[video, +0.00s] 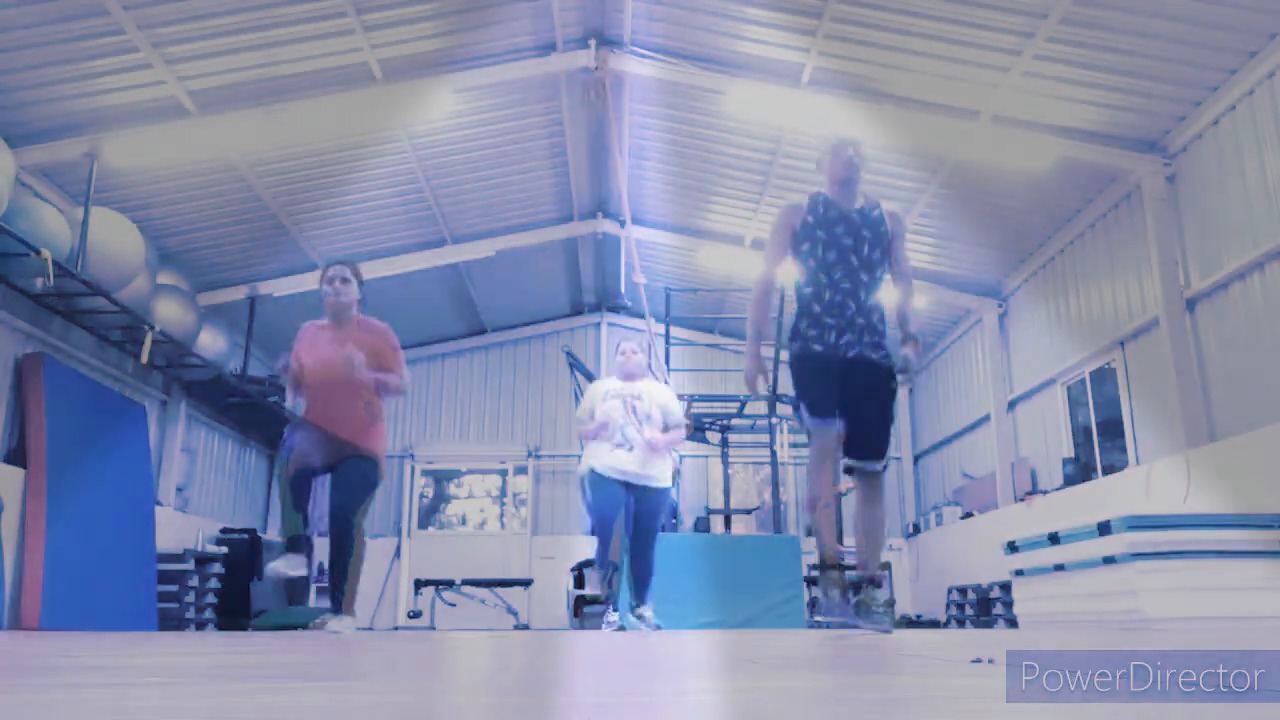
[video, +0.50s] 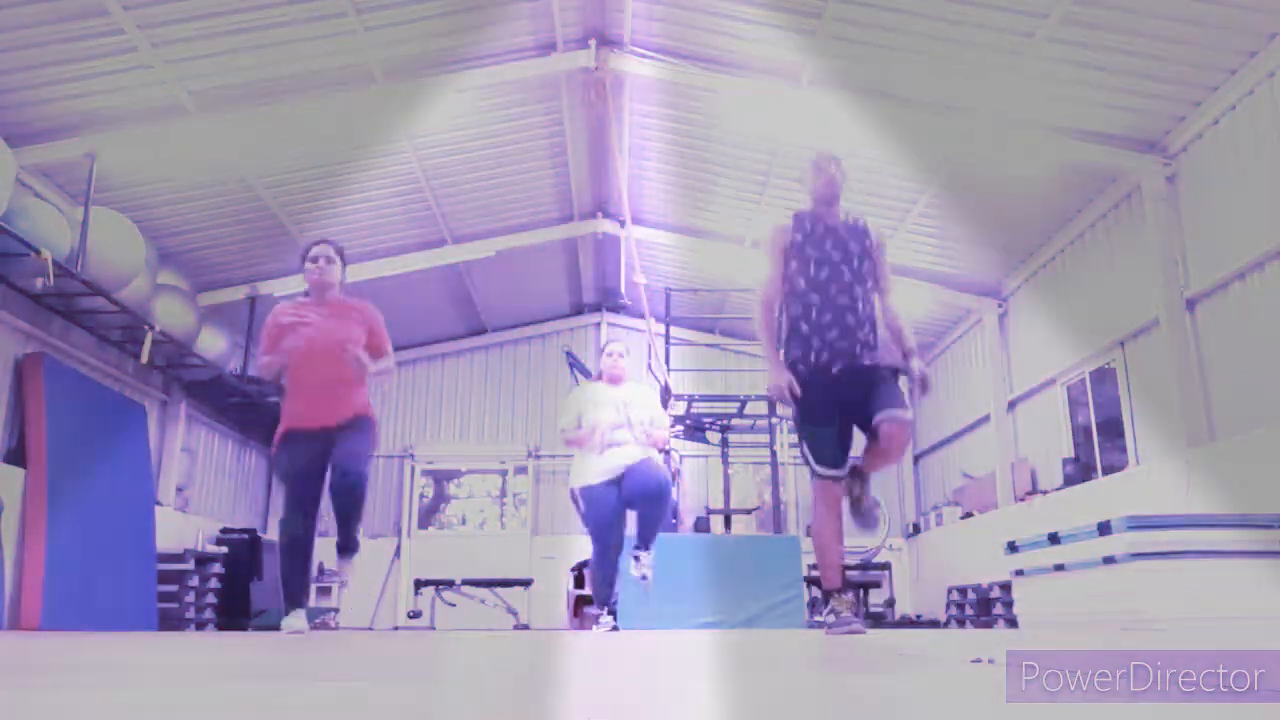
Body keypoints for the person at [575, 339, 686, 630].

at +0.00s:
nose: (627, 356)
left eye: (634, 352)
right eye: (622, 352)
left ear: (646, 360)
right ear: (615, 361)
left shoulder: (662, 392)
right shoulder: (600, 388)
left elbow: (681, 431)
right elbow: (581, 430)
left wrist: (662, 440)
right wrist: (598, 426)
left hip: (651, 474)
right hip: (606, 470)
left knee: (644, 542)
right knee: (605, 516)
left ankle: (641, 605)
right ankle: (610, 605)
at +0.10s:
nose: (623, 372)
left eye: (628, 367)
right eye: (617, 367)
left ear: (640, 375)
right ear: (609, 375)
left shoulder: (656, 408)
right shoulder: (598, 407)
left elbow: (675, 448)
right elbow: (581, 451)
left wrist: (654, 447)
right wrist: (597, 444)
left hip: (650, 490)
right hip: (604, 486)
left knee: (643, 551)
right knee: (613, 542)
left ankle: (641, 611)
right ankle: (613, 610)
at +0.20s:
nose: (619, 363)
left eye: (625, 358)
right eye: (613, 359)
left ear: (635, 365)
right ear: (605, 367)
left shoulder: (653, 397)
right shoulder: (592, 399)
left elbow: (673, 436)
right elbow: (580, 445)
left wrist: (652, 436)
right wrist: (595, 423)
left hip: (648, 484)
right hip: (602, 481)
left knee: (644, 548)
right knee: (611, 537)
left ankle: (641, 609)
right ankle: (611, 609)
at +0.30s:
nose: (617, 347)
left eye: (623, 342)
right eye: (611, 343)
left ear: (633, 350)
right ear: (603, 351)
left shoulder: (651, 382)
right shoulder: (587, 381)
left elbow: (672, 420)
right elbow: (570, 422)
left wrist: (650, 419)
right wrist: (593, 418)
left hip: (647, 468)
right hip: (599, 468)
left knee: (655, 524)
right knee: (611, 523)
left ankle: (639, 580)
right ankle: (610, 603)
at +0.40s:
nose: (616, 346)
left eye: (622, 342)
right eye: (610, 342)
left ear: (632, 350)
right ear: (602, 350)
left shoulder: (647, 380)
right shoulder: (584, 379)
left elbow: (668, 420)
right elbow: (568, 421)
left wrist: (648, 419)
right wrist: (590, 421)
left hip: (643, 458)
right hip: (596, 462)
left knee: (660, 501)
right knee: (609, 527)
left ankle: (638, 554)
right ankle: (605, 603)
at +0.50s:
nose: (614, 360)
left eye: (620, 356)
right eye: (609, 355)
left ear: (628, 363)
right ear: (600, 362)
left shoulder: (644, 393)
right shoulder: (581, 393)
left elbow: (662, 432)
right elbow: (567, 436)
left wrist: (655, 437)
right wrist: (591, 435)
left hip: (637, 461)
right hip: (594, 470)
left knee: (655, 487)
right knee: (608, 542)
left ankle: (643, 549)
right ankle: (605, 609)